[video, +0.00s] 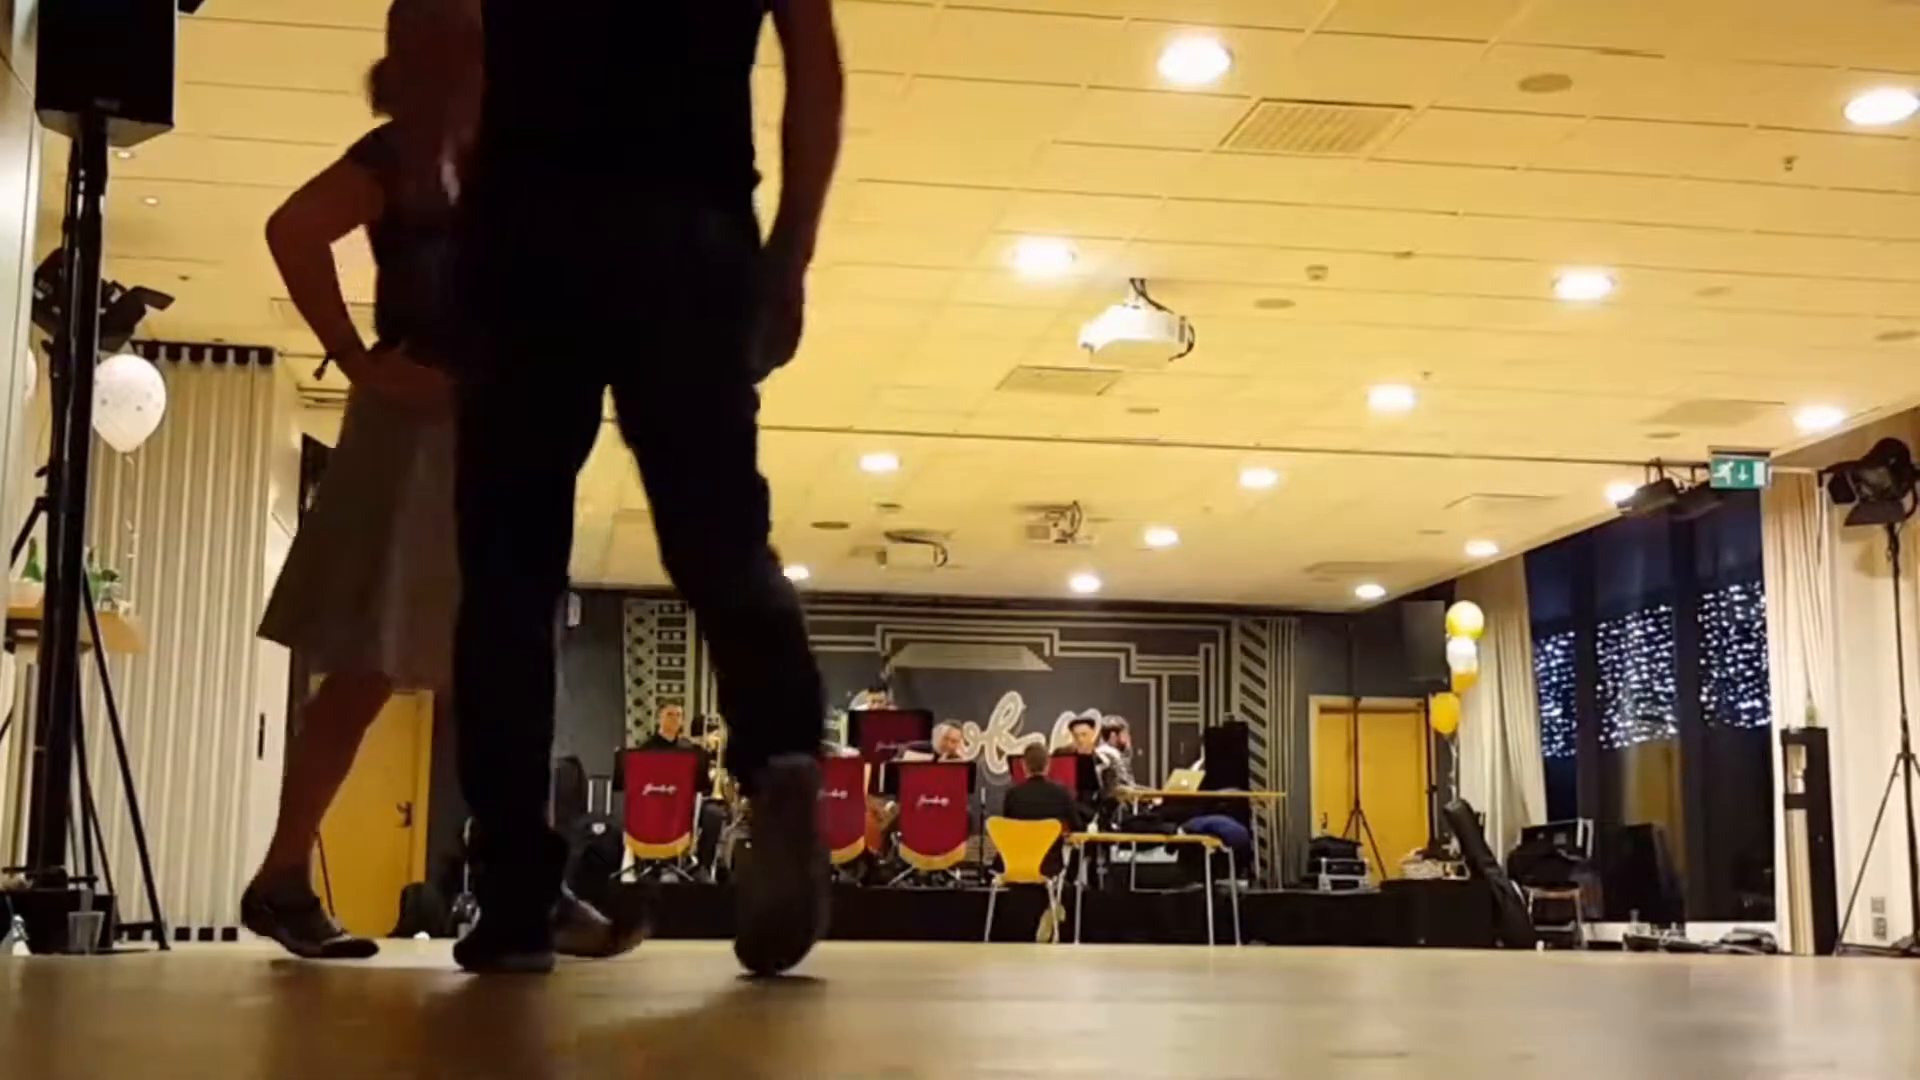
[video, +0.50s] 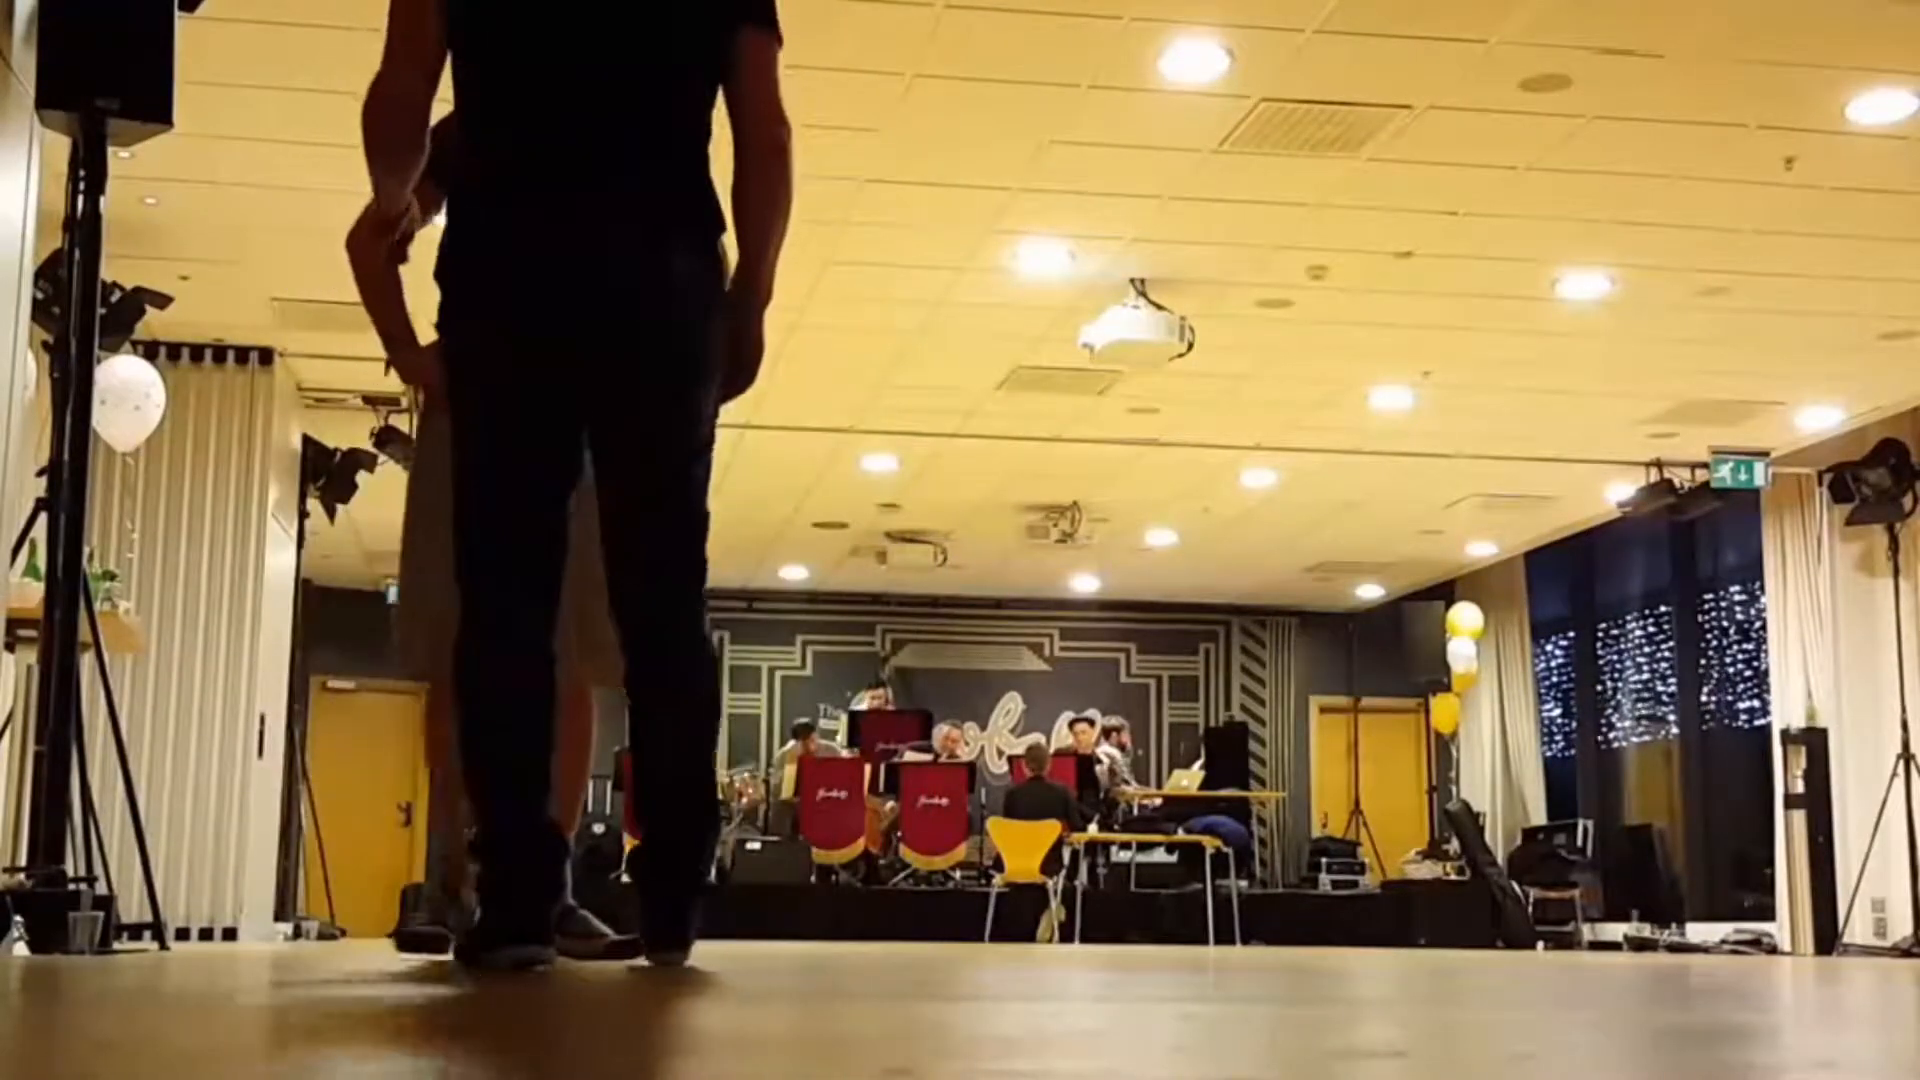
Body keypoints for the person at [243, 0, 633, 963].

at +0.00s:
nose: (474, 68)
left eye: (470, 49)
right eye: (456, 47)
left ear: (476, 63)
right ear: (420, 64)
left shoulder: (512, 160)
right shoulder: (405, 154)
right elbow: (297, 230)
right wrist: (361, 362)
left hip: (502, 425)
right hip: (414, 422)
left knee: (499, 660)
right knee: (371, 661)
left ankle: (528, 879)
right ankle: (284, 876)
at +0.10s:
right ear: (465, 76)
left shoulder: (575, 162)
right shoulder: (431, 141)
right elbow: (301, 226)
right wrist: (374, 360)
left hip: (532, 427)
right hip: (431, 420)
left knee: (534, 664)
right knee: (398, 664)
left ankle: (537, 884)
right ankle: (303, 866)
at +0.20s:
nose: (534, 81)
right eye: (516, 64)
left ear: (573, 83)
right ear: (487, 69)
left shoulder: (603, 163)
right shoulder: (447, 138)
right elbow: (321, 238)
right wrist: (386, 362)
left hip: (560, 432)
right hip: (452, 422)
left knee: (555, 672)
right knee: (419, 670)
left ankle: (543, 893)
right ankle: (317, 861)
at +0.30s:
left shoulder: (608, 175)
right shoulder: (463, 138)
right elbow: (340, 237)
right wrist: (394, 364)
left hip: (572, 431)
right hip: (464, 423)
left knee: (564, 670)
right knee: (441, 671)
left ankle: (542, 892)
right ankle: (352, 838)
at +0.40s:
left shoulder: (624, 161)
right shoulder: (474, 128)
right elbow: (357, 234)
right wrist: (397, 353)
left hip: (586, 420)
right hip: (464, 411)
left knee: (569, 661)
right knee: (442, 652)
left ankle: (546, 887)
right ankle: (411, 869)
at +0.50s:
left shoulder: (612, 176)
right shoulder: (478, 130)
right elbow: (374, 236)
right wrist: (407, 352)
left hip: (586, 426)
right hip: (472, 413)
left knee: (573, 661)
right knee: (462, 656)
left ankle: (550, 886)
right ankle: (460, 882)